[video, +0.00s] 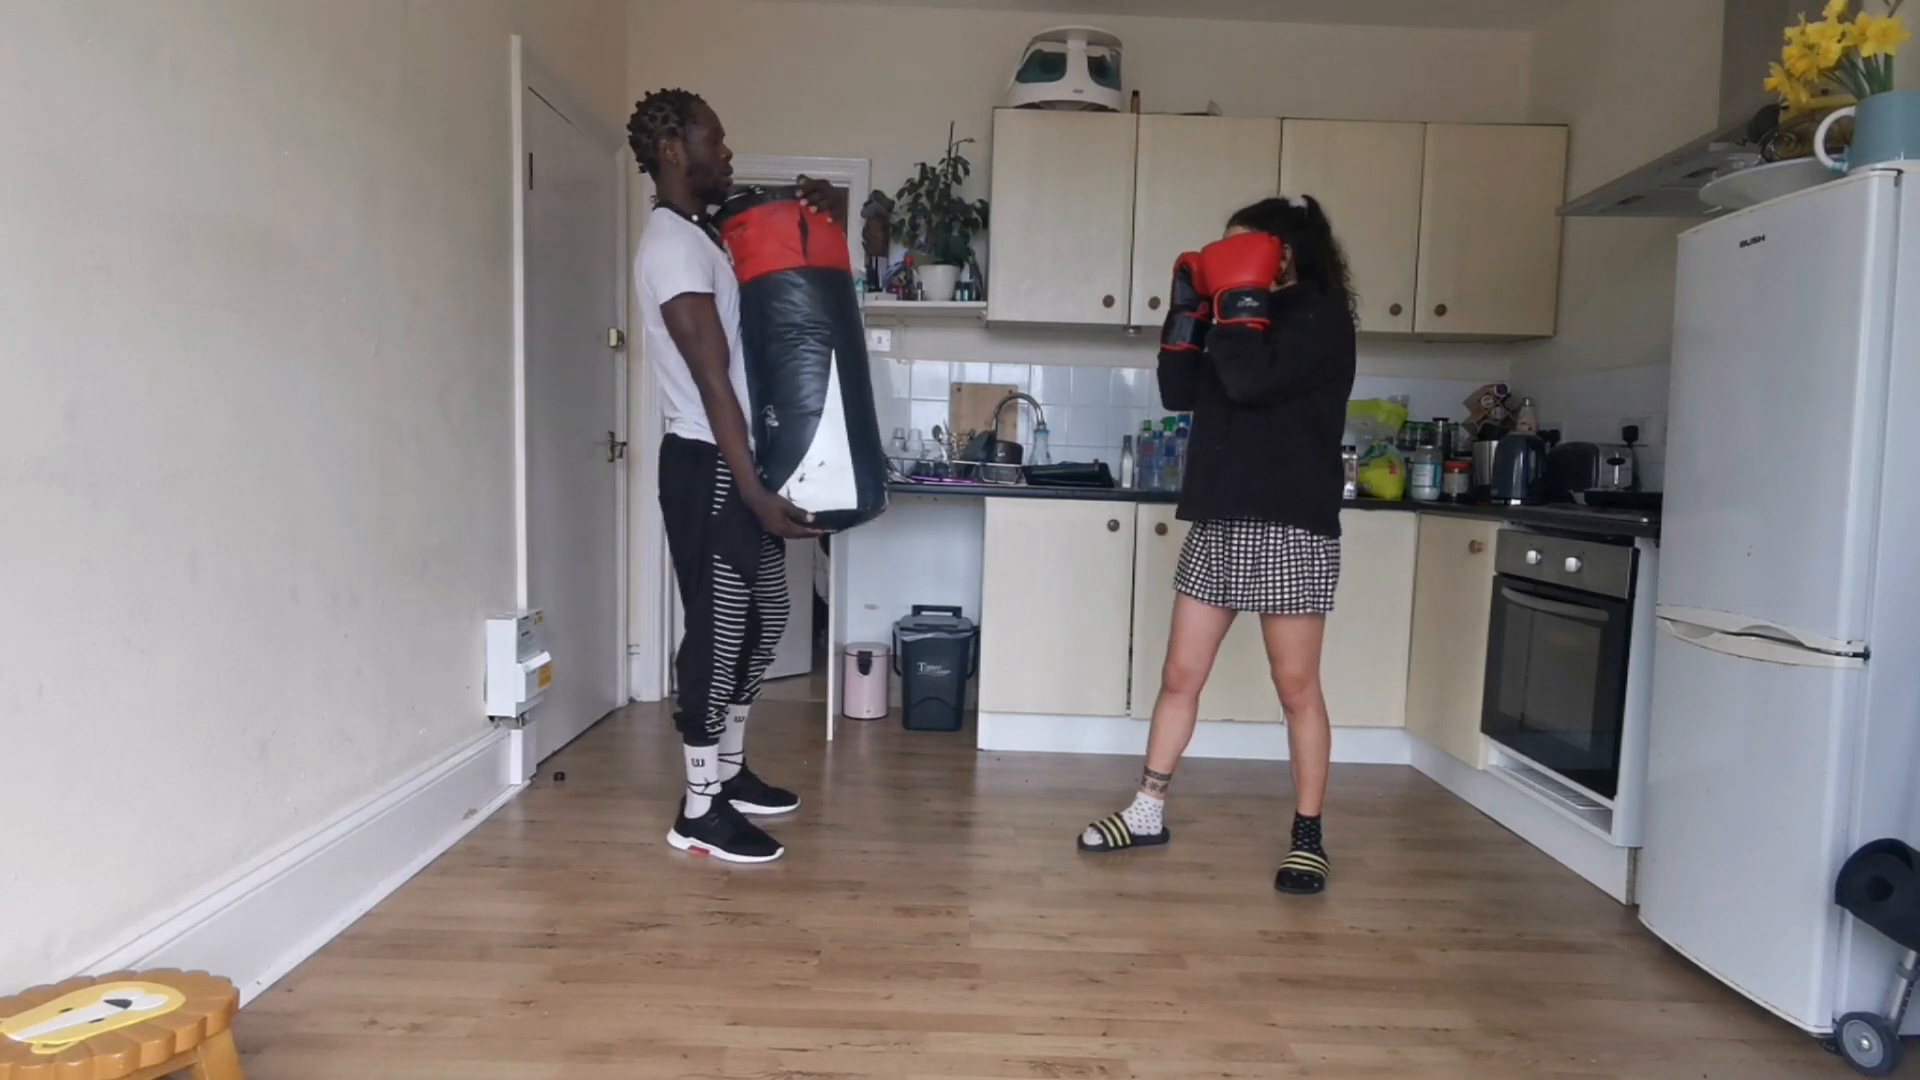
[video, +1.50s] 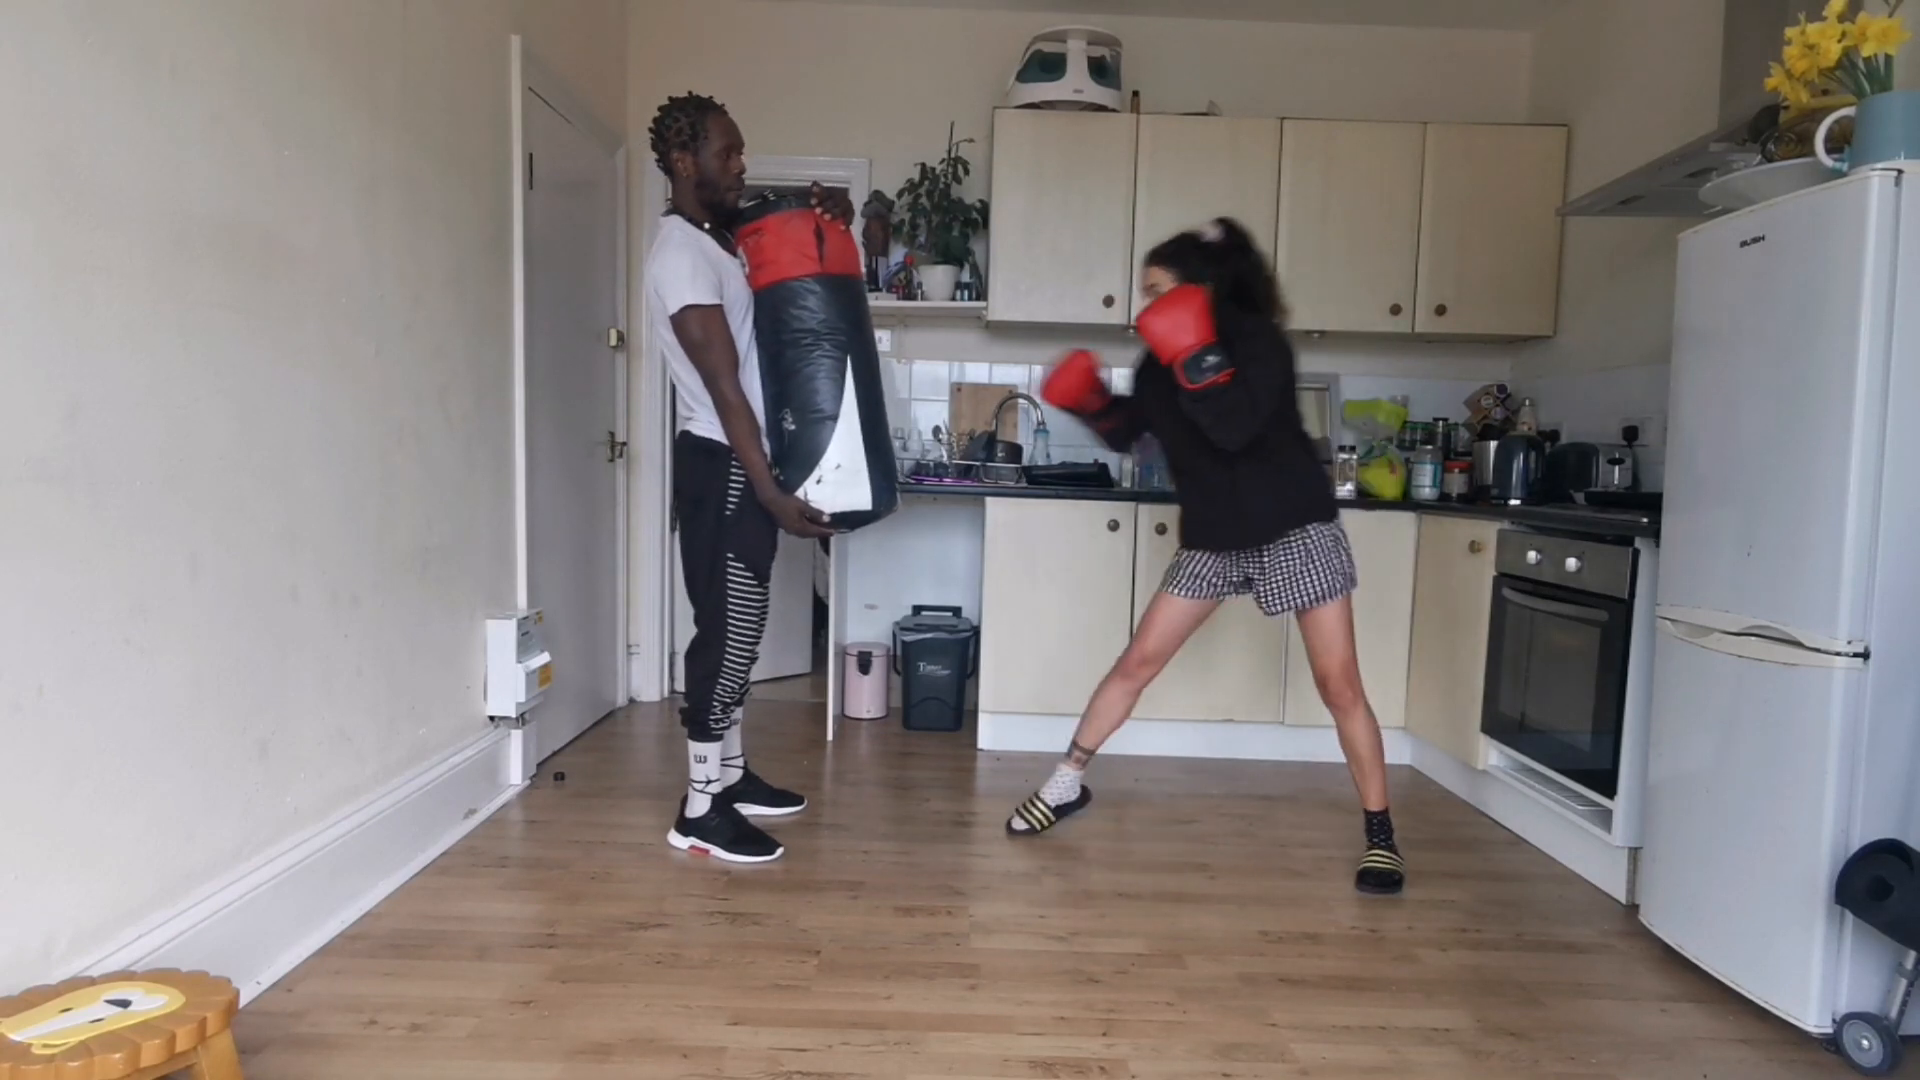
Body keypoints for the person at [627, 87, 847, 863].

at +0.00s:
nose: (727, 151)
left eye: (723, 137)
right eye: (713, 138)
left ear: (679, 150)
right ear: (670, 148)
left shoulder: (705, 234)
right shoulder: (671, 240)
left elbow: (777, 310)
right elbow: (710, 374)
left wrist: (819, 222)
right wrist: (754, 485)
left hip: (742, 452)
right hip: (705, 457)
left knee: (765, 614)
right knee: (718, 622)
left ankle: (724, 769)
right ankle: (699, 808)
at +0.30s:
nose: (724, 153)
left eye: (721, 140)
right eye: (710, 141)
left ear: (674, 153)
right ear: (667, 151)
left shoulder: (704, 234)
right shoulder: (670, 243)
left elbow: (784, 279)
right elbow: (716, 376)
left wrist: (818, 209)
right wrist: (768, 481)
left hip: (745, 451)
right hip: (715, 455)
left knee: (754, 615)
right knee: (734, 620)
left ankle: (727, 773)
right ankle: (702, 806)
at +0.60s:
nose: (735, 156)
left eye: (731, 143)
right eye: (721, 143)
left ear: (685, 156)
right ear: (678, 154)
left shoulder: (710, 237)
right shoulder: (674, 243)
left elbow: (781, 299)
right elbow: (718, 377)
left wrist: (817, 218)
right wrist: (769, 485)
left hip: (744, 451)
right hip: (717, 454)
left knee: (742, 618)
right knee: (733, 622)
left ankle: (726, 775)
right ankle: (703, 804)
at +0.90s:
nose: (741, 162)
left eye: (737, 148)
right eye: (727, 148)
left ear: (692, 158)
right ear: (684, 156)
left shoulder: (713, 239)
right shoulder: (676, 247)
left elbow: (785, 300)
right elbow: (721, 379)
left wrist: (820, 219)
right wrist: (771, 484)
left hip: (746, 451)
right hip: (719, 455)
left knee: (738, 619)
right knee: (732, 622)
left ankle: (727, 774)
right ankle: (703, 804)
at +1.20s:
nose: (742, 163)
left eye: (738, 149)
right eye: (728, 149)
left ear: (691, 159)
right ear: (684, 157)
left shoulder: (712, 241)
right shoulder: (677, 247)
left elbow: (782, 313)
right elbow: (719, 379)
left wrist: (819, 226)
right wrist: (769, 485)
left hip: (744, 452)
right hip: (717, 456)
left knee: (735, 622)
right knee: (730, 625)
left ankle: (726, 775)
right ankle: (702, 805)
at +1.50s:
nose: (742, 167)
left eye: (741, 152)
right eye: (728, 153)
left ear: (697, 162)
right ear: (682, 162)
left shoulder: (718, 244)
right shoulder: (679, 249)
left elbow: (789, 317)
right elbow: (721, 380)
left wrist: (827, 232)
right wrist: (770, 487)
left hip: (745, 453)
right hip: (718, 457)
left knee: (736, 623)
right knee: (729, 626)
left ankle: (728, 775)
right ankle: (702, 805)